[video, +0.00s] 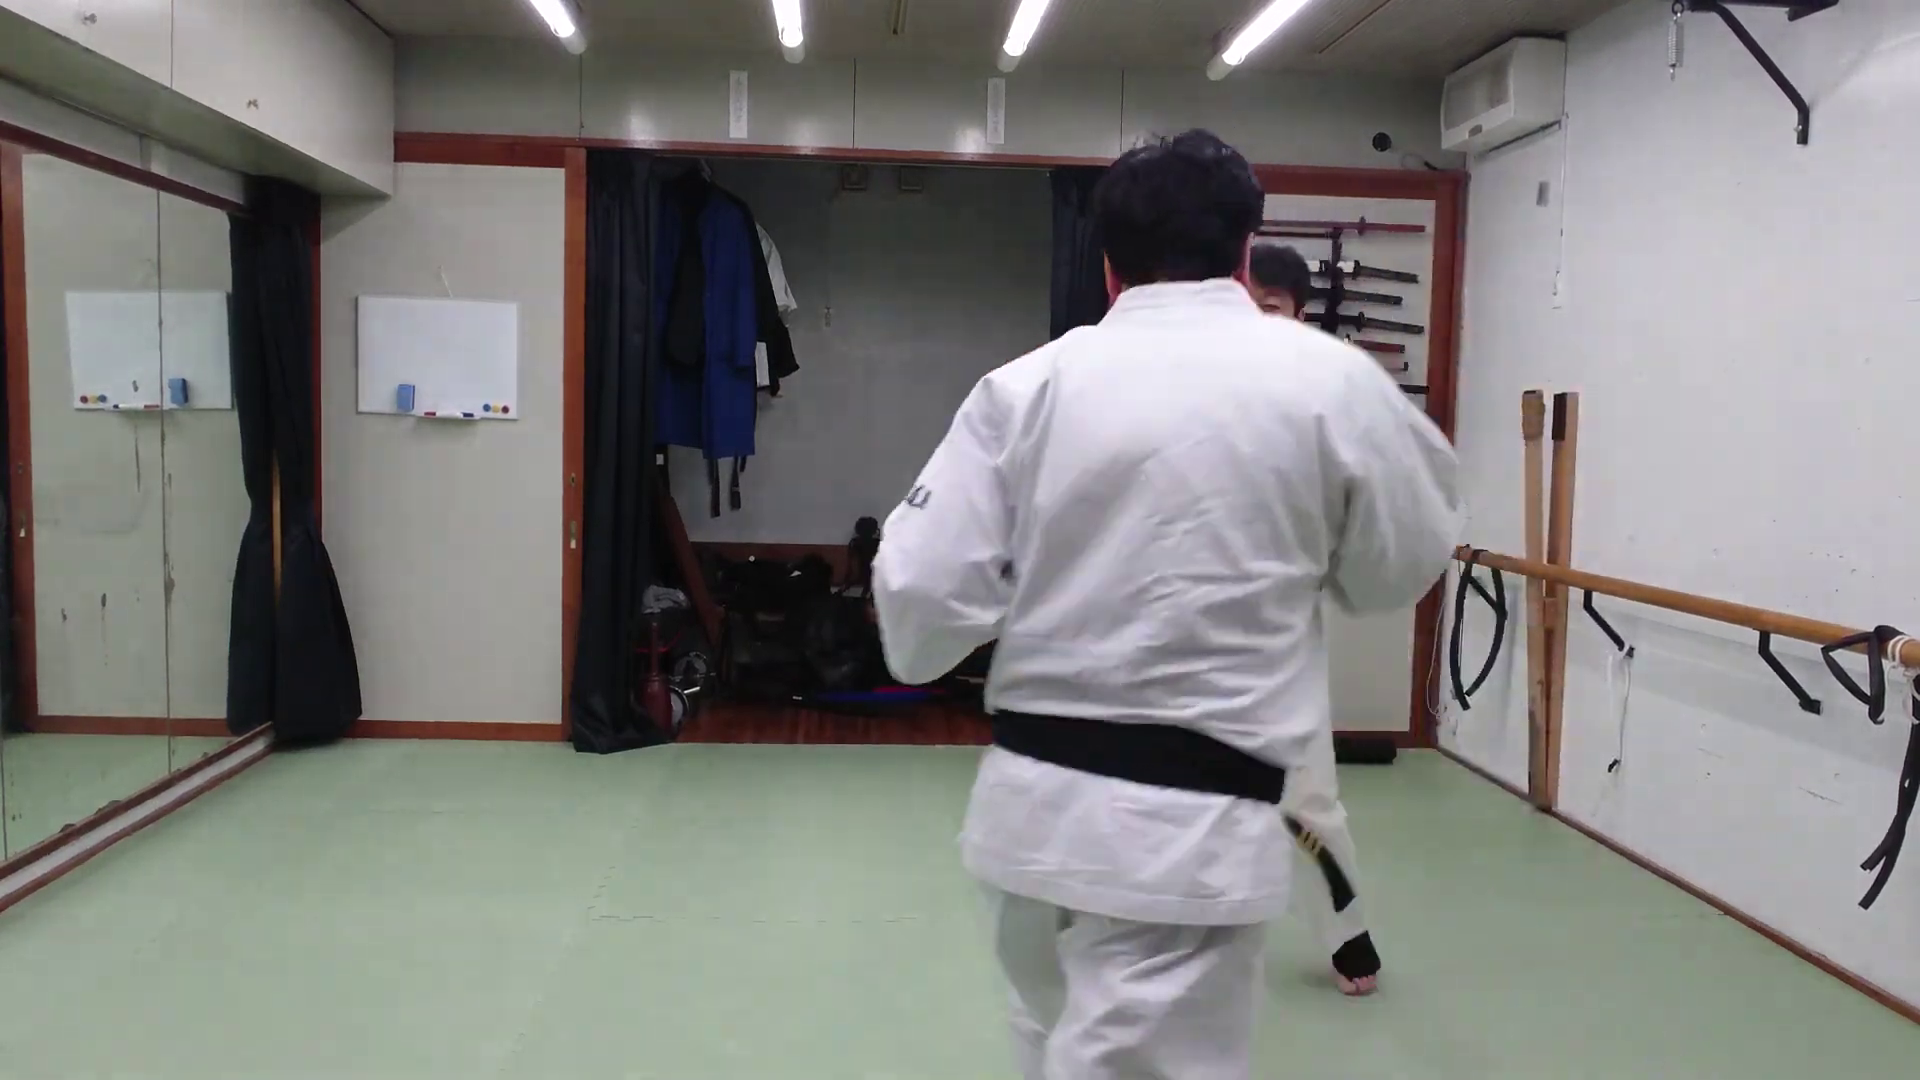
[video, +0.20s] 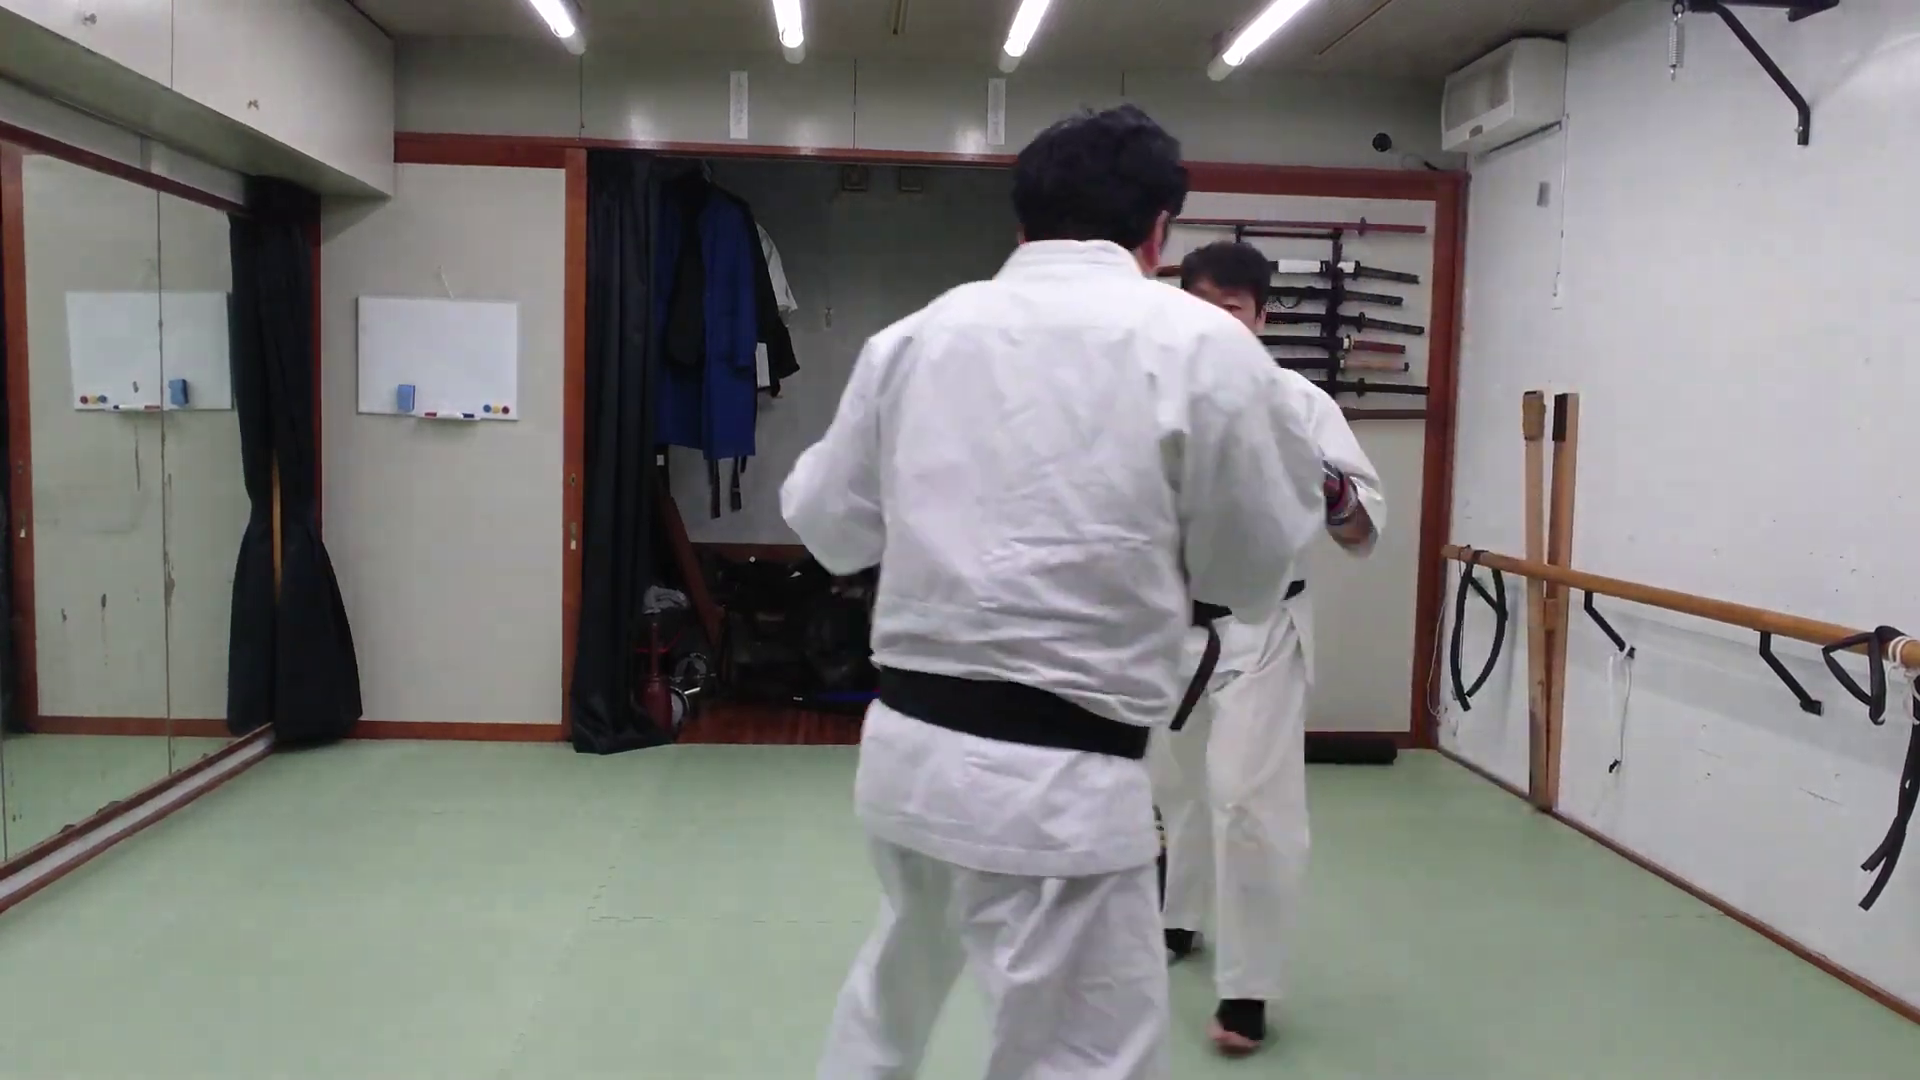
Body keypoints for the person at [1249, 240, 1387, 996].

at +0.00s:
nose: (1267, 320)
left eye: (1279, 306)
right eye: (1258, 302)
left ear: (1304, 311)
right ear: (1236, 296)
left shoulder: (1323, 387)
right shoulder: (1185, 386)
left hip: (1282, 637)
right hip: (1194, 643)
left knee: (1310, 798)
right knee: (1185, 794)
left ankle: (1349, 937)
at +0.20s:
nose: (1218, 320)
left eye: (1234, 307)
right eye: (1206, 304)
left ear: (1259, 315)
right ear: (1180, 306)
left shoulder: (1295, 402)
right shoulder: (1149, 391)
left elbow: (1362, 532)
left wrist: (1343, 507)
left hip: (1261, 622)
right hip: (1165, 617)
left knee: (1245, 798)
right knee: (1170, 782)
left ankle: (1247, 990)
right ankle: (1178, 919)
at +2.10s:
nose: (1006, 310)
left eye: (1022, 294)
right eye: (995, 296)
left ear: (1066, 297)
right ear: (985, 304)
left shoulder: (1117, 389)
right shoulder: (966, 409)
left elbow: (1193, 499)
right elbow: (947, 533)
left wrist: (1154, 566)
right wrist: (918, 609)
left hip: (1082, 617)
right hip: (1002, 621)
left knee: (1070, 793)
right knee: (1014, 801)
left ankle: (1106, 991)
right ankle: (1058, 969)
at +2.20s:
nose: (1004, 305)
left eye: (1021, 289)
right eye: (995, 292)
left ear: (1069, 295)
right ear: (987, 304)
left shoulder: (1103, 389)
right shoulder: (969, 402)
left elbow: (1069, 481)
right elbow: (937, 530)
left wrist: (978, 420)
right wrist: (907, 591)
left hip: (1098, 617)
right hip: (1007, 623)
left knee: (1120, 812)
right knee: (961, 789)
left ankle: (1164, 966)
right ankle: (1020, 937)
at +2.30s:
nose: (998, 302)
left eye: (1018, 291)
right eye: (998, 293)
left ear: (1066, 310)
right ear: (1001, 315)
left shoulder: (1076, 387)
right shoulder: (1007, 394)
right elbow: (989, 523)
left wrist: (879, 361)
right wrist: (933, 593)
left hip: (1075, 636)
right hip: (985, 640)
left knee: (1124, 823)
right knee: (926, 808)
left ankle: (1166, 953)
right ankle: (978, 980)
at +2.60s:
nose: (991, 382)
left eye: (1000, 365)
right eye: (984, 372)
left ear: (1048, 354)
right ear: (1052, 367)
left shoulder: (1037, 397)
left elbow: (1042, 484)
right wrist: (888, 515)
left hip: (970, 569)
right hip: (971, 657)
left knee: (829, 535)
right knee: (911, 813)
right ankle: (944, 1007)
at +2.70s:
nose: (992, 381)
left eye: (1000, 365)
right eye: (988, 371)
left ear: (1053, 355)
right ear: (1057, 364)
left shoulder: (1043, 397)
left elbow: (1041, 470)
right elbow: (982, 536)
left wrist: (1085, 553)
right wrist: (889, 515)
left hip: (960, 567)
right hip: (981, 640)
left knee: (802, 555)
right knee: (906, 813)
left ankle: (627, 513)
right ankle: (942, 1011)